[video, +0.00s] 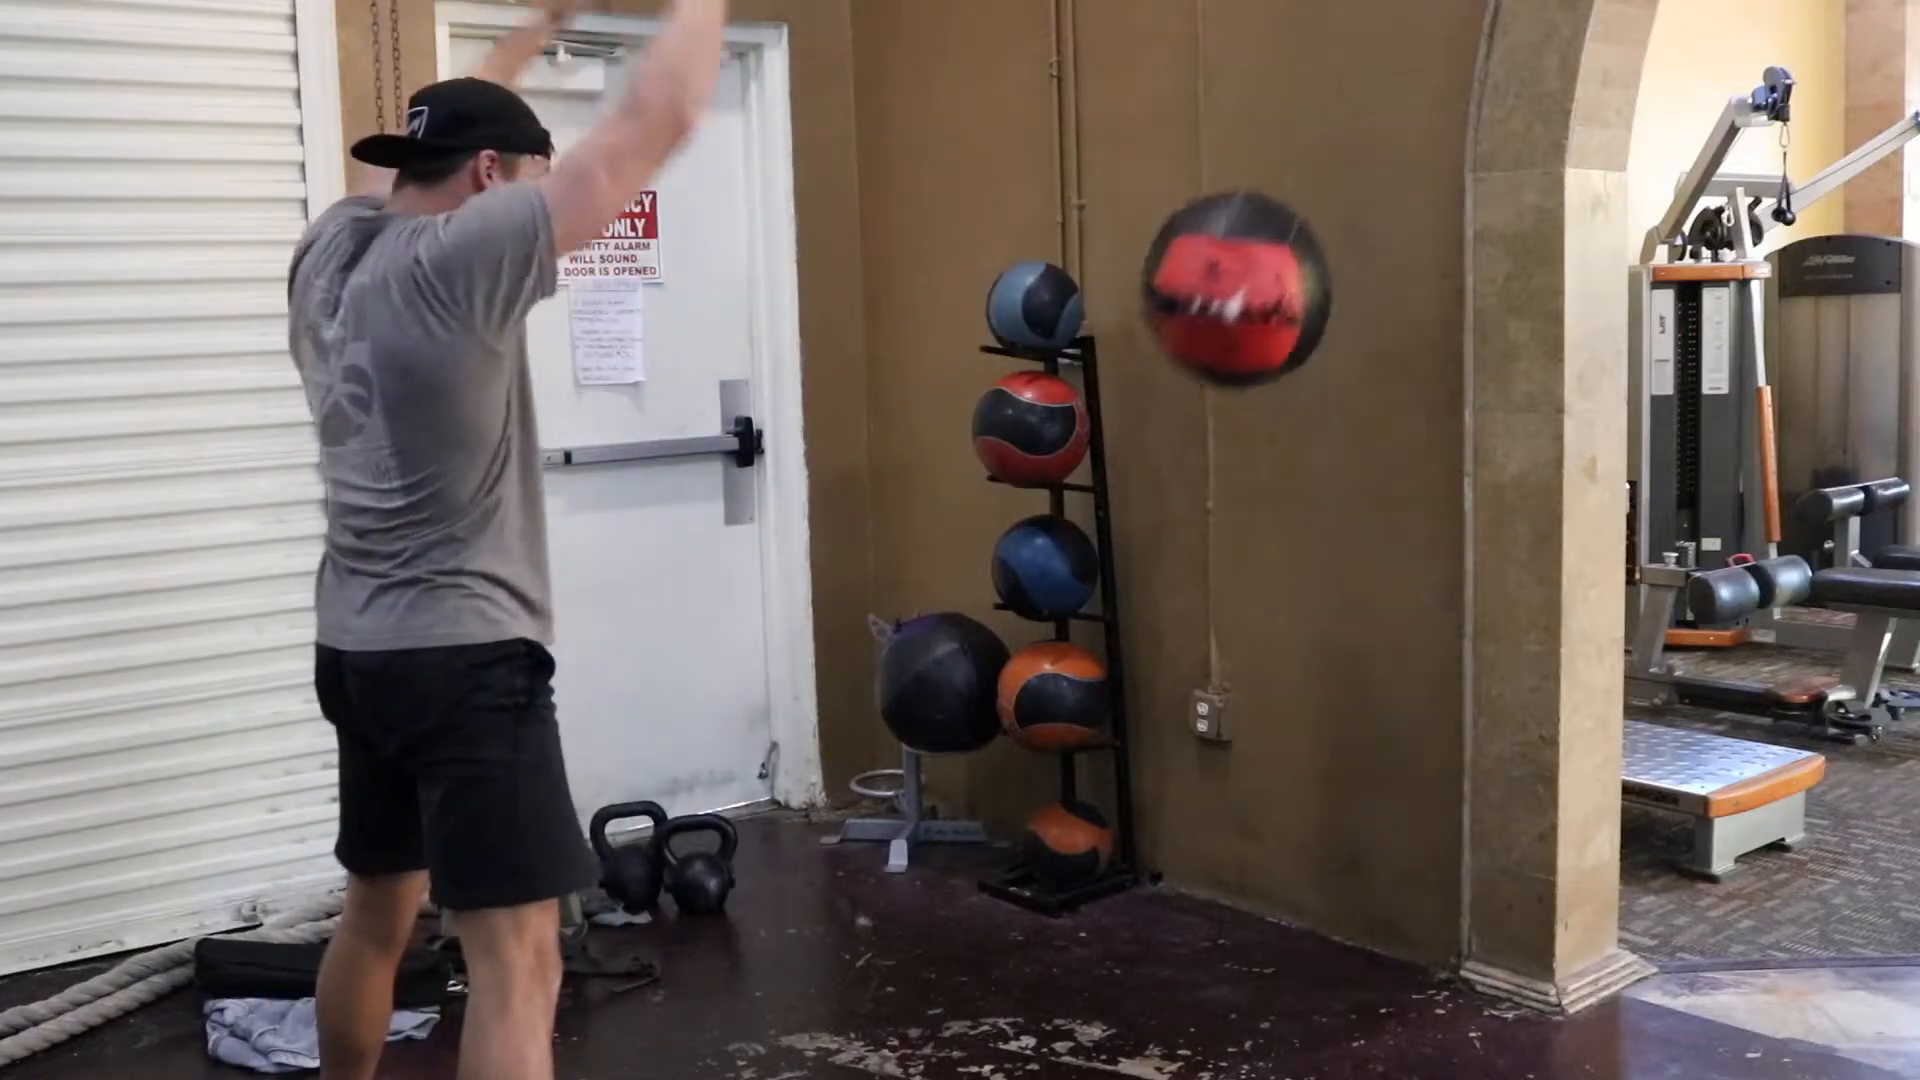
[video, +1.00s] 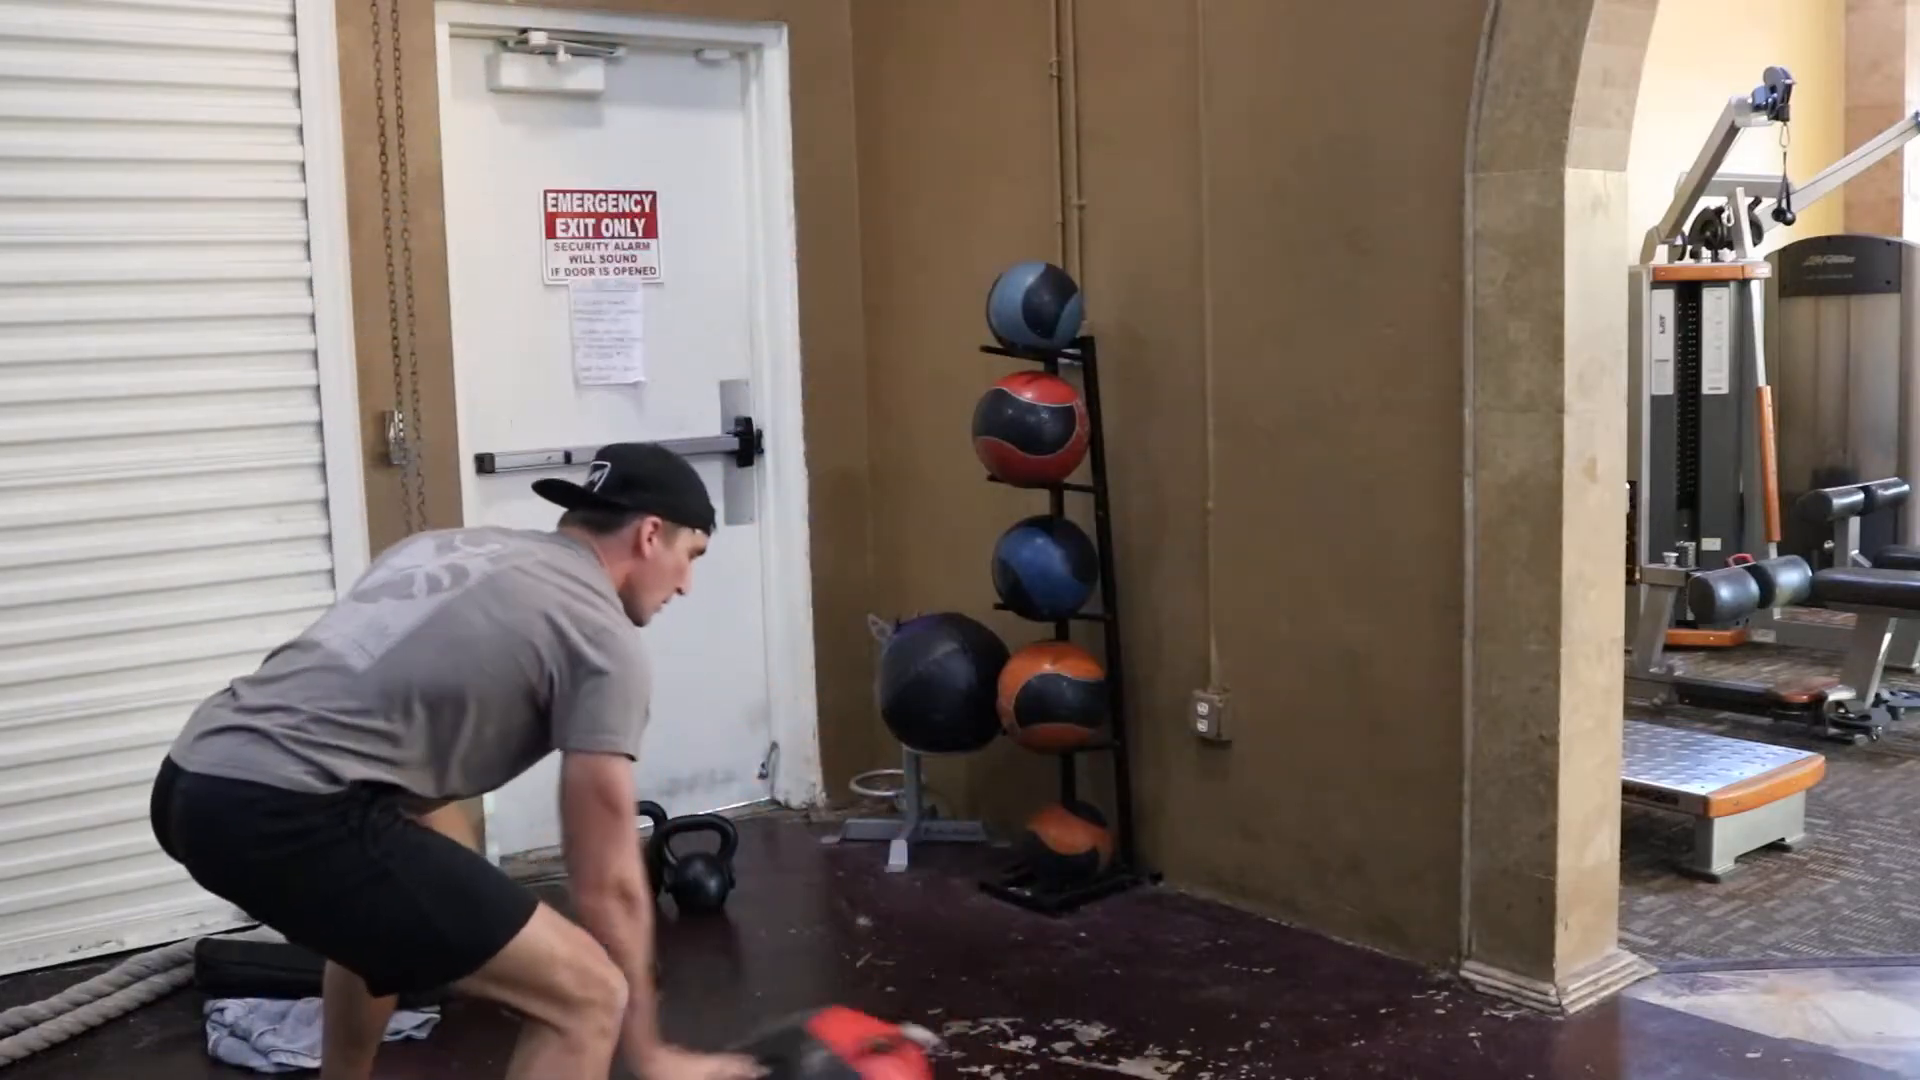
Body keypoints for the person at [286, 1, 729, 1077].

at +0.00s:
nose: (531, 206)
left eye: (535, 187)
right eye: (527, 184)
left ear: (414, 162)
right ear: (485, 173)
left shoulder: (326, 256)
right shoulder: (459, 262)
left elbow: (417, 146)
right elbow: (659, 115)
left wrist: (530, 35)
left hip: (354, 646)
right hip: (467, 649)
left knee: (375, 911)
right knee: (514, 962)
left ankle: (342, 1077)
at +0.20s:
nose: (562, 236)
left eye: (568, 213)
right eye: (562, 208)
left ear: (452, 185)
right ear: (508, 184)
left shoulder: (340, 282)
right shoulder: (474, 299)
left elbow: (411, 426)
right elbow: (699, 442)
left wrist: (550, 420)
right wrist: (809, 420)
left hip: (311, 653)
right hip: (413, 670)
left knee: (358, 925)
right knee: (530, 965)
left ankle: (338, 1079)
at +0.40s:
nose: (630, 325)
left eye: (638, 299)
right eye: (632, 295)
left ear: (558, 271)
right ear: (582, 272)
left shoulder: (394, 348)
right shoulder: (534, 380)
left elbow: (363, 581)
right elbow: (670, 610)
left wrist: (506, 709)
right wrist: (781, 700)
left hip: (262, 669)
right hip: (357, 689)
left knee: (370, 920)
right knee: (538, 980)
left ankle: (348, 1074)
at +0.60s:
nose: (660, 450)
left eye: (668, 428)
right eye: (663, 422)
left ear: (579, 384)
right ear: (616, 395)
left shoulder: (418, 433)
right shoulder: (559, 482)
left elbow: (371, 683)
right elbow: (723, 680)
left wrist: (484, 823)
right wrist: (882, 777)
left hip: (208, 716)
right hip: (306, 735)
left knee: (363, 904)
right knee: (554, 988)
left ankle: (335, 1072)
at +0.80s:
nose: (674, 551)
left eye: (682, 527)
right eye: (677, 524)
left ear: (586, 490)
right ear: (629, 508)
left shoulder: (426, 520)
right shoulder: (580, 598)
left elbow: (322, 646)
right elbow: (739, 808)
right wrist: (893, 926)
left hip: (187, 775)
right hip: (282, 796)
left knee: (367, 896)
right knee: (580, 992)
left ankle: (341, 1074)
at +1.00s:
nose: (686, 585)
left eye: (695, 561)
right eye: (688, 557)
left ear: (580, 520)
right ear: (645, 537)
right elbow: (607, 886)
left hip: (190, 786)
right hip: (291, 811)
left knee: (388, 880)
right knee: (589, 997)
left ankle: (345, 1066)